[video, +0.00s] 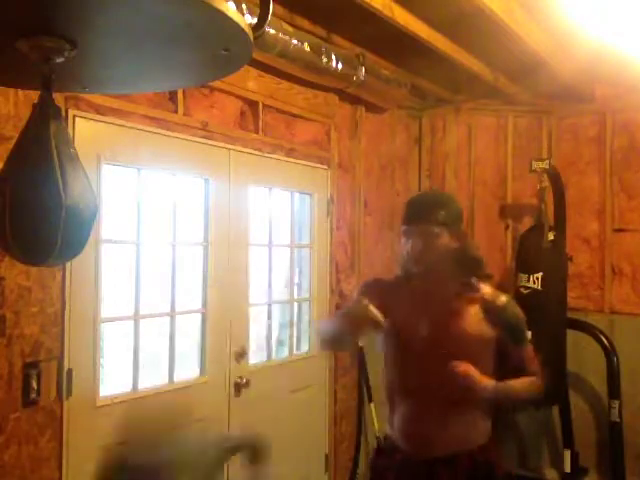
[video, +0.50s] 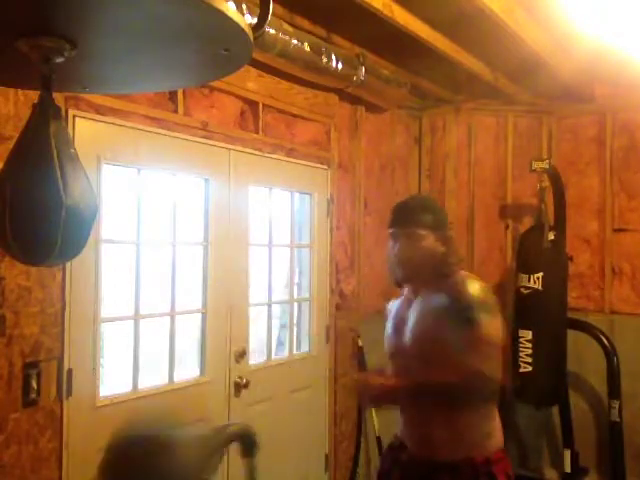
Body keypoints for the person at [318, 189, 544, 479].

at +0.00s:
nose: (415, 248)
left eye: (429, 236)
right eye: (408, 236)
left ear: (455, 240)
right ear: (401, 239)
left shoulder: (494, 306)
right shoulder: (384, 296)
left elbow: (534, 383)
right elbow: (328, 339)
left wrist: (488, 387)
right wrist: (349, 325)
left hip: (469, 461)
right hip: (401, 461)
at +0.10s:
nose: (411, 249)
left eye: (425, 236)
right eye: (405, 237)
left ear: (452, 240)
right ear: (398, 240)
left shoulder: (487, 307)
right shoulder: (378, 300)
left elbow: (525, 389)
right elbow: (345, 366)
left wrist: (457, 365)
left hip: (466, 462)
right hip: (397, 461)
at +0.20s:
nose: (400, 246)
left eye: (413, 235)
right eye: (394, 236)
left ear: (441, 238)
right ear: (388, 240)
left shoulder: (473, 298)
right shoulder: (382, 301)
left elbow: (475, 367)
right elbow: (366, 366)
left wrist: (385, 327)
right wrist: (370, 412)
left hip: (462, 463)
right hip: (398, 460)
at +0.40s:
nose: (388, 250)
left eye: (397, 238)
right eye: (388, 240)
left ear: (430, 240)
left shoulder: (459, 289)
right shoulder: (401, 306)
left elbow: (414, 334)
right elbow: (423, 379)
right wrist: (381, 406)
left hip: (469, 461)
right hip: (414, 456)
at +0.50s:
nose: (401, 250)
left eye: (415, 238)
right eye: (395, 239)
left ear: (443, 242)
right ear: (388, 244)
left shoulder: (471, 296)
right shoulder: (396, 308)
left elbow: (485, 383)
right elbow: (410, 378)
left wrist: (398, 391)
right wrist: (378, 384)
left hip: (472, 464)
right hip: (413, 460)